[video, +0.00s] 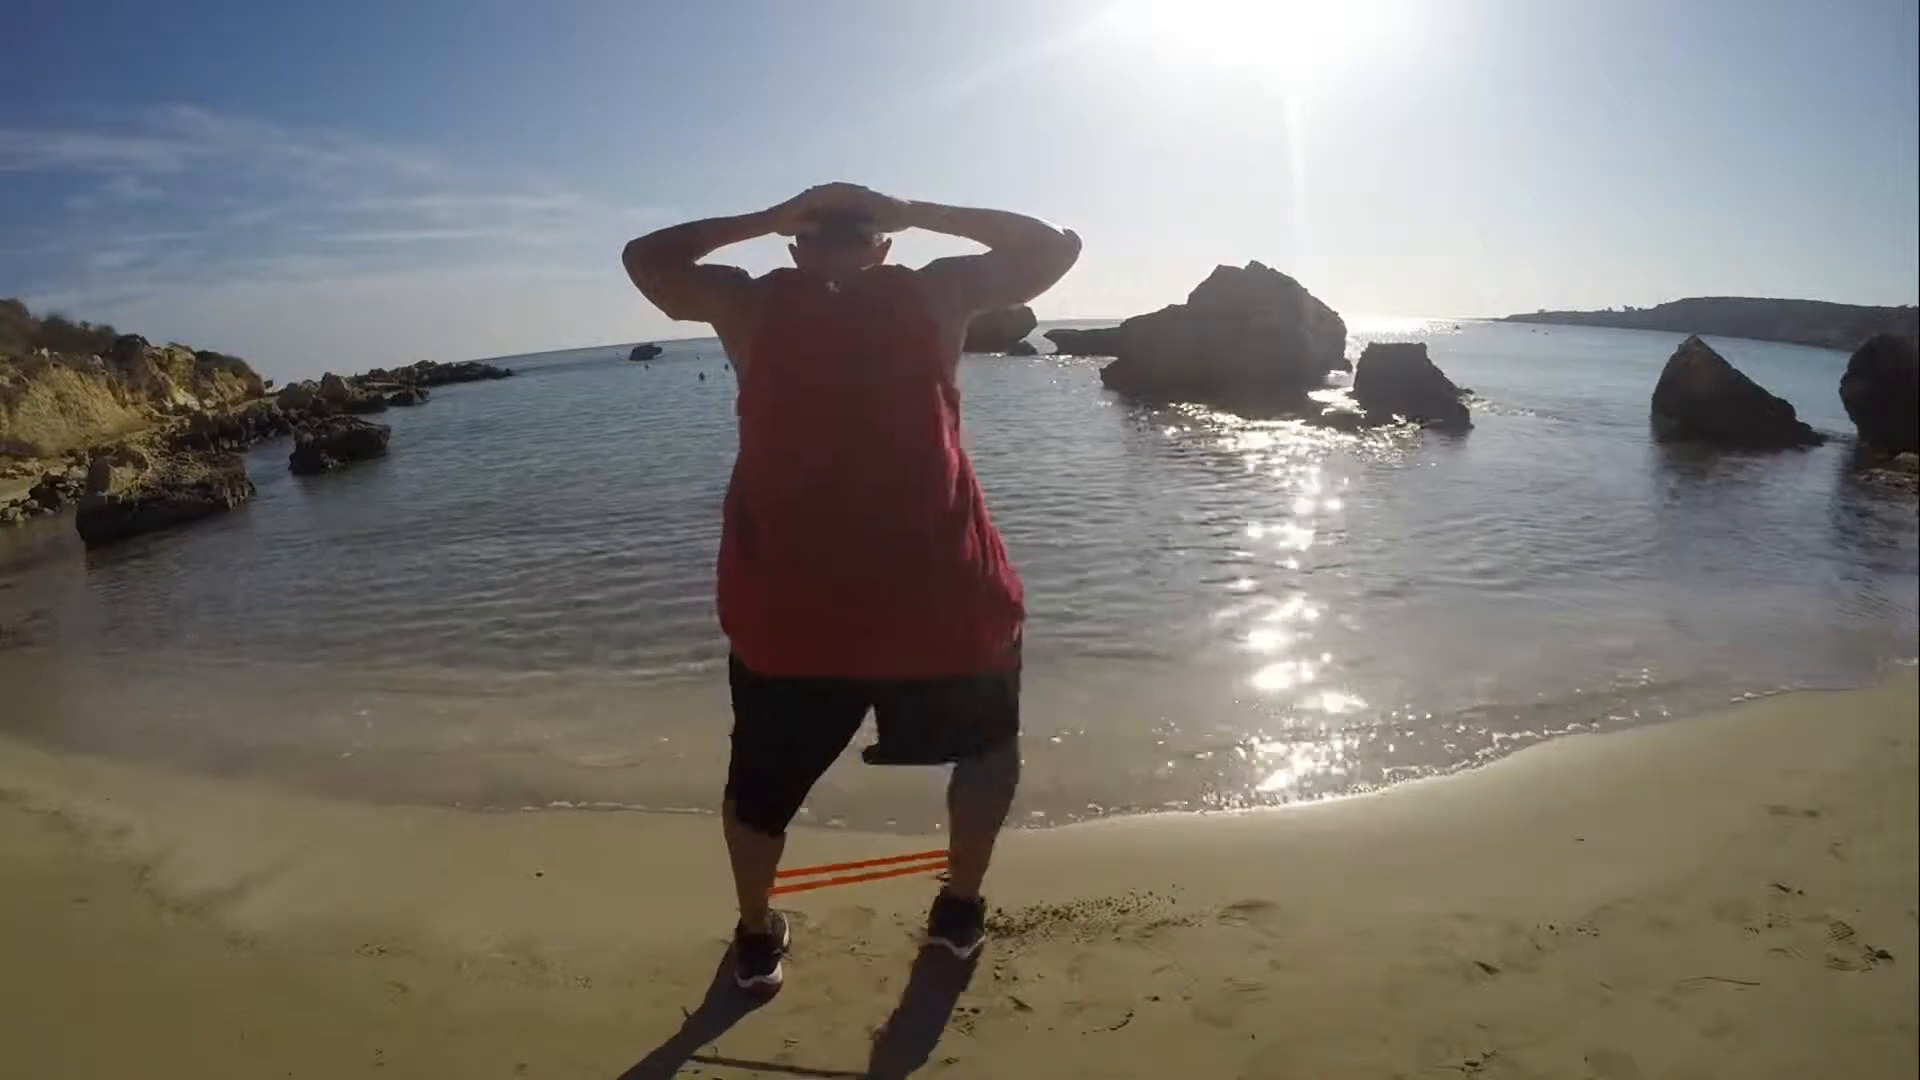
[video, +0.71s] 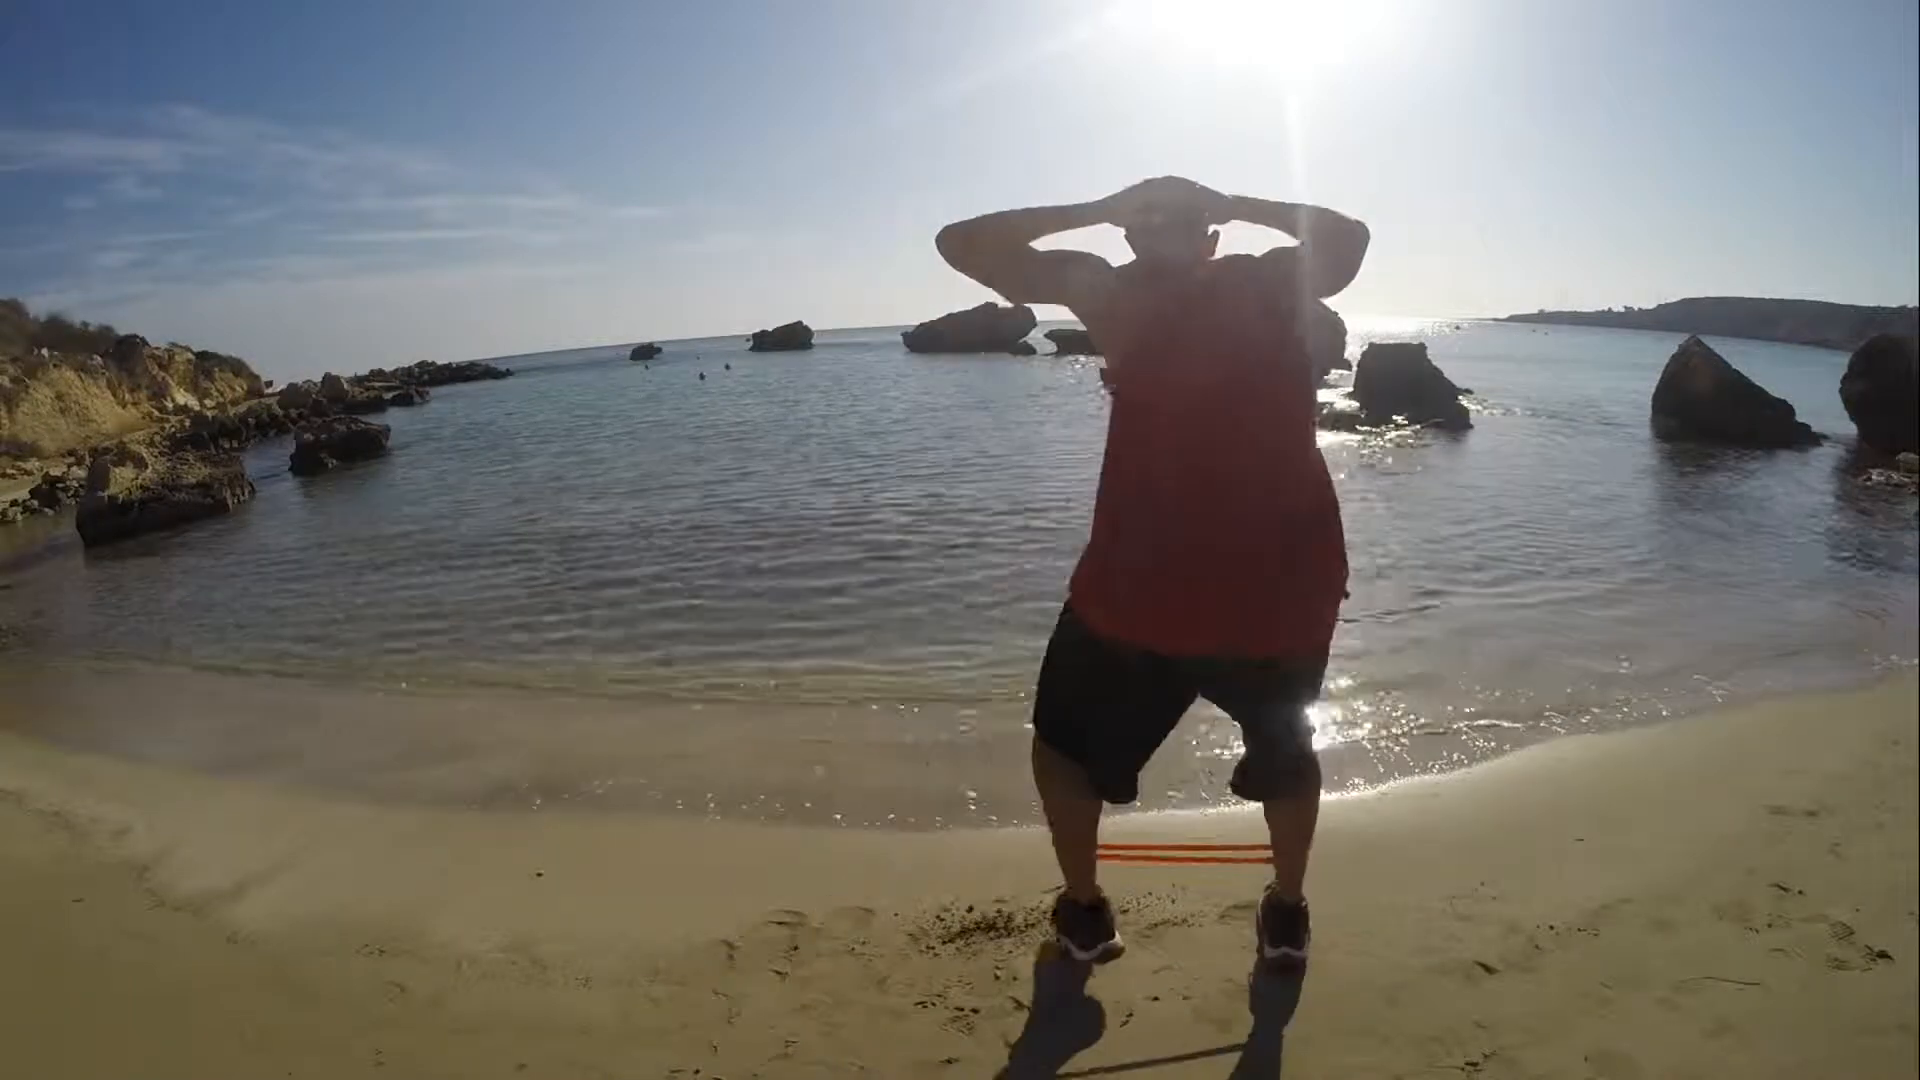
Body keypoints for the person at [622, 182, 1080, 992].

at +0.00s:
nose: (855, 235)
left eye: (830, 224)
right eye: (865, 226)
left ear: (797, 242)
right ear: (887, 244)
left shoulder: (750, 306)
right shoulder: (938, 296)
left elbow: (643, 257)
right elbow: (1053, 246)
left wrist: (768, 219)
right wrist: (914, 212)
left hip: (791, 598)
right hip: (936, 590)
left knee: (759, 783)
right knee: (987, 743)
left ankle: (754, 938)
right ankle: (959, 906)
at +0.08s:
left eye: (840, 219)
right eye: (879, 219)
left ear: (810, 240)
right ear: (896, 236)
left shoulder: (763, 304)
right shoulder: (950, 288)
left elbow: (658, 257)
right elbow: (1064, 235)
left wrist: (778, 219)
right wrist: (927, 207)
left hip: (817, 590)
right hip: (969, 575)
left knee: (777, 771)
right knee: (1054, 732)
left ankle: (756, 936)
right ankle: (1077, 901)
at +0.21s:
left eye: (865, 230)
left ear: (848, 245)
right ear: (939, 243)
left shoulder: (811, 309)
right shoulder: (994, 292)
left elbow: (693, 264)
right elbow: (1103, 234)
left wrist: (816, 224)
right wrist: (964, 209)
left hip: (875, 596)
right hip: (1031, 580)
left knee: (798, 768)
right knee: (1149, 735)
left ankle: (764, 934)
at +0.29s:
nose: (908, 256)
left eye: (908, 244)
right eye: (915, 241)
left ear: (895, 257)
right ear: (985, 253)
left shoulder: (857, 323)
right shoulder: (1040, 305)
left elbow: (734, 269)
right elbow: (1147, 243)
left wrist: (861, 231)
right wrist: (1012, 220)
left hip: (912, 615)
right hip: (1067, 601)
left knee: (813, 774)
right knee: (1186, 756)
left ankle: (767, 936)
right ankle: (1271, 896)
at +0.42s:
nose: (1020, 264)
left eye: (1017, 252)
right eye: (1023, 250)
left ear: (984, 268)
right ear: (1072, 258)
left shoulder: (959, 334)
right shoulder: (1139, 315)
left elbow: (820, 284)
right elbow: (1227, 249)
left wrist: (952, 241)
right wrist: (1098, 227)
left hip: (999, 617)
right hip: (1148, 618)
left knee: (870, 771)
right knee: (1224, 764)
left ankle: (785, 922)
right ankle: (1277, 907)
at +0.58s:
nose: (1094, 258)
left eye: (1097, 244)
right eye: (1096, 244)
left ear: (1095, 249)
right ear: (1166, 240)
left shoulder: (1071, 312)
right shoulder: (1237, 292)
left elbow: (917, 265)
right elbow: (1308, 237)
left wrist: (1051, 225)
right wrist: (1195, 213)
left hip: (1107, 563)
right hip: (1244, 568)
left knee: (969, 741)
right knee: (1267, 741)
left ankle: (927, 908)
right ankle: (1284, 908)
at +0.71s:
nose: (1142, 241)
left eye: (1144, 225)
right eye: (1145, 225)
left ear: (1138, 233)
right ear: (1210, 229)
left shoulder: (1113, 297)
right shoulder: (1277, 282)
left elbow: (961, 242)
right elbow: (1347, 235)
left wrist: (1097, 210)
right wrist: (1237, 204)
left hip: (1145, 570)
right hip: (1280, 573)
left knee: (1065, 734)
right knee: (1285, 738)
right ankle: (1287, 908)